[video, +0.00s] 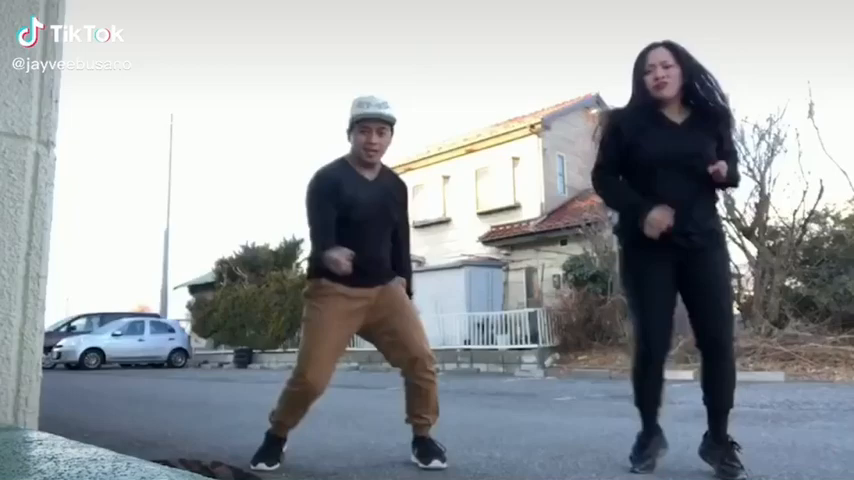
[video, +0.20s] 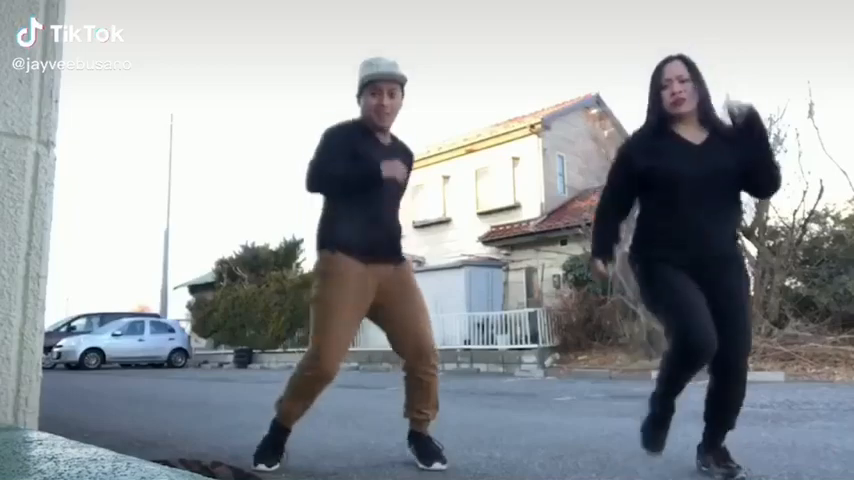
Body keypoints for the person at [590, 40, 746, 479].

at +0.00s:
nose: (658, 75)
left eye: (666, 67)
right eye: (649, 70)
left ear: (684, 72)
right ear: (640, 80)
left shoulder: (712, 118)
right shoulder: (625, 122)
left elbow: (731, 170)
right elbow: (603, 177)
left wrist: (724, 172)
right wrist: (642, 210)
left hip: (704, 244)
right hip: (647, 248)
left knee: (718, 340)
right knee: (652, 342)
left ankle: (717, 437)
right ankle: (650, 431)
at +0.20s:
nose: (675, 89)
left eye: (682, 81)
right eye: (666, 84)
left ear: (698, 87)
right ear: (656, 94)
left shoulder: (728, 140)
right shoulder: (641, 147)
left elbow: (765, 186)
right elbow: (614, 201)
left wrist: (753, 136)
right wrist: (602, 247)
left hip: (721, 260)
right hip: (661, 261)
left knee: (734, 354)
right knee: (698, 341)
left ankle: (713, 446)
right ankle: (662, 405)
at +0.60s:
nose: (684, 52)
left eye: (693, 43)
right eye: (674, 47)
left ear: (714, 50)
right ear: (661, 60)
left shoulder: (742, 103)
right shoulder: (649, 112)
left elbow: (781, 127)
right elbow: (623, 171)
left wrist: (715, 75)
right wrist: (632, 227)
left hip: (739, 239)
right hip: (670, 237)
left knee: (764, 359)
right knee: (683, 328)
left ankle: (731, 459)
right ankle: (673, 456)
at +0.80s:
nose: (666, 58)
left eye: (677, 47)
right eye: (653, 52)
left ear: (701, 57)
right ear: (641, 70)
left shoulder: (737, 102)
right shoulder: (627, 131)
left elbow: (733, 145)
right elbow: (620, 207)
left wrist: (645, 150)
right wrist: (659, 254)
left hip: (740, 269)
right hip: (661, 269)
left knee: (791, 415)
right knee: (670, 359)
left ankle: (733, 467)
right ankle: (640, 474)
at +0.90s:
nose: (643, 53)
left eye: (656, 40)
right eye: (628, 46)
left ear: (681, 51)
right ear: (612, 68)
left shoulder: (726, 107)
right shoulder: (602, 144)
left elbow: (760, 152)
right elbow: (593, 224)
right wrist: (646, 268)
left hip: (728, 286)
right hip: (641, 287)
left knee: (803, 447)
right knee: (673, 342)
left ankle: (742, 462)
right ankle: (639, 473)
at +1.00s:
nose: (628, 60)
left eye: (641, 45)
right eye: (609, 53)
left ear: (669, 57)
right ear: (593, 77)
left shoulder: (726, 130)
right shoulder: (583, 167)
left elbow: (814, 207)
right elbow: (569, 245)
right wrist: (628, 284)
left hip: (727, 314)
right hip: (627, 313)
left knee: (806, 472)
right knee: (677, 343)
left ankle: (746, 460)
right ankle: (640, 472)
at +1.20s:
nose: (616, 94)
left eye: (631, 75)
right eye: (594, 87)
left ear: (662, 87)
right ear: (578, 112)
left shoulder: (732, 163)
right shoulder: (571, 202)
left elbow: (785, 264)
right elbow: (541, 296)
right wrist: (618, 327)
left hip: (731, 349)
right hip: (634, 357)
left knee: (792, 472)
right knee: (676, 364)